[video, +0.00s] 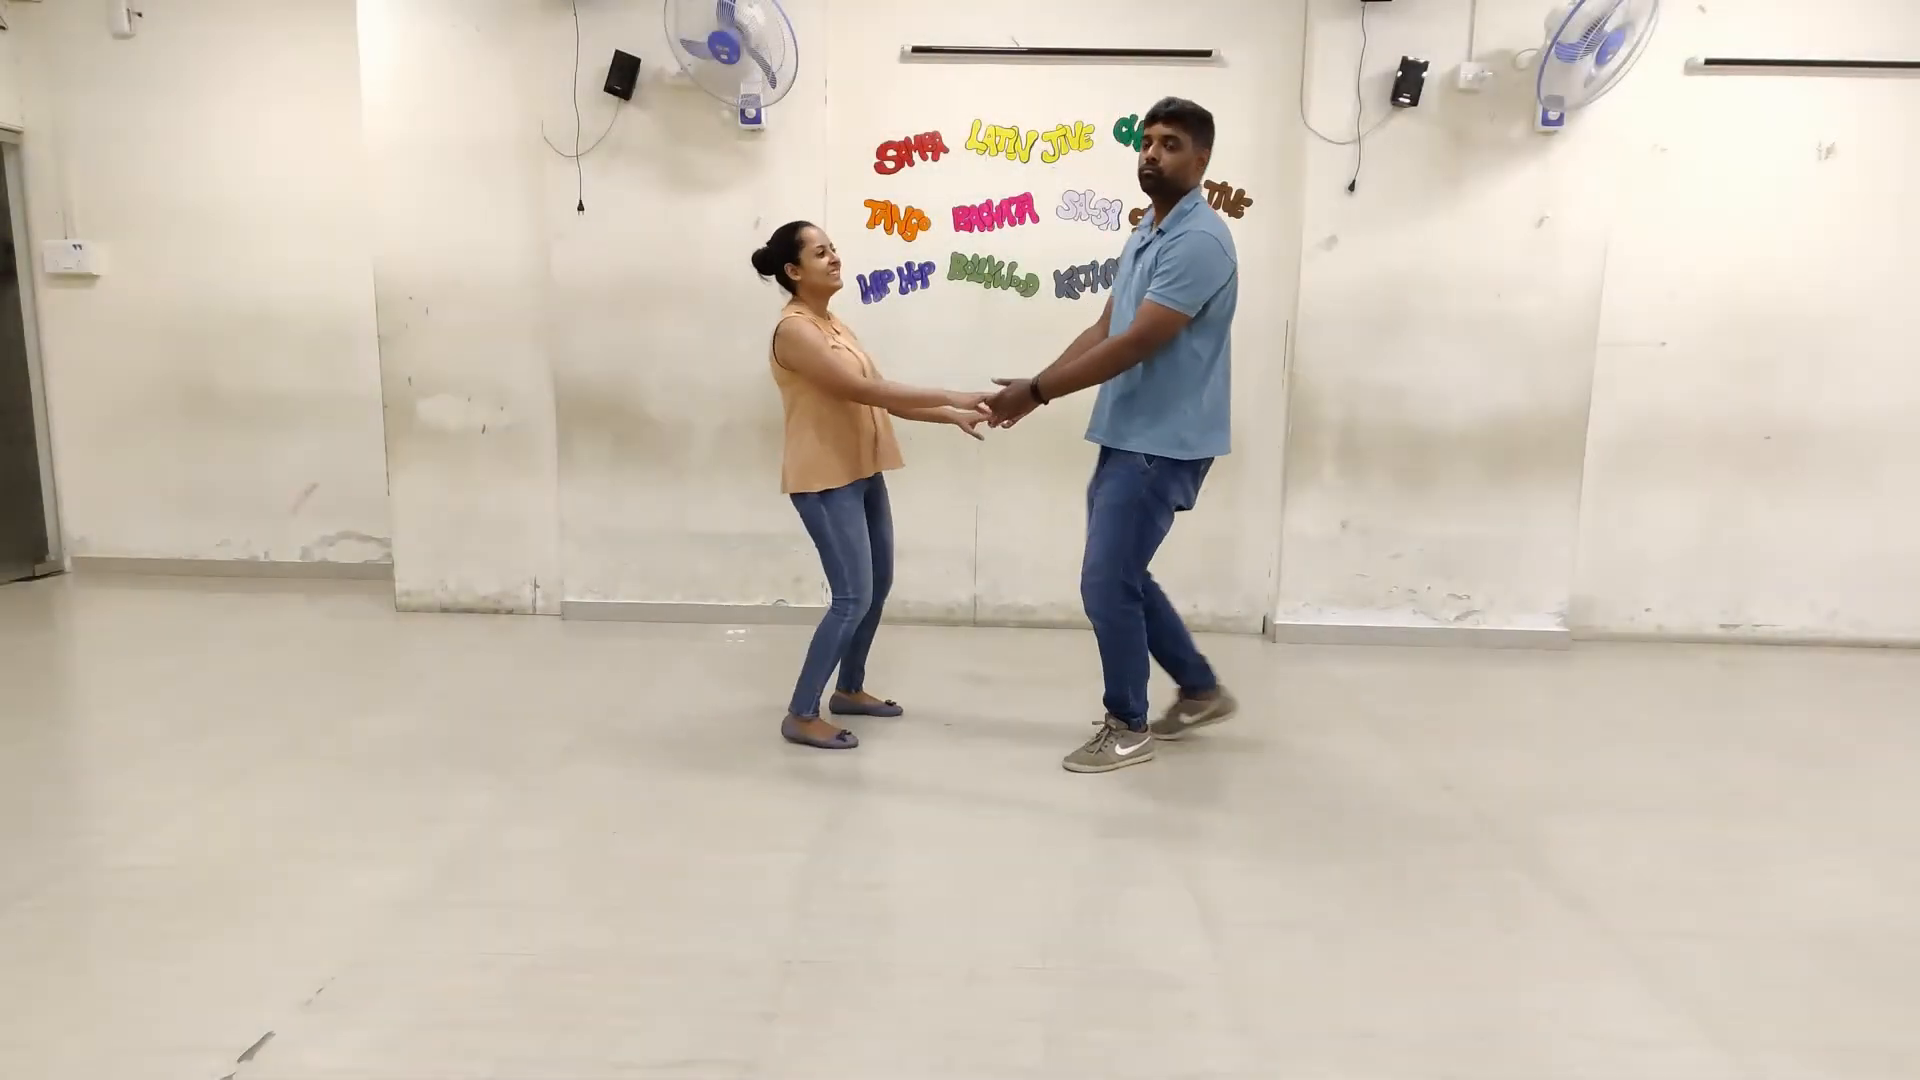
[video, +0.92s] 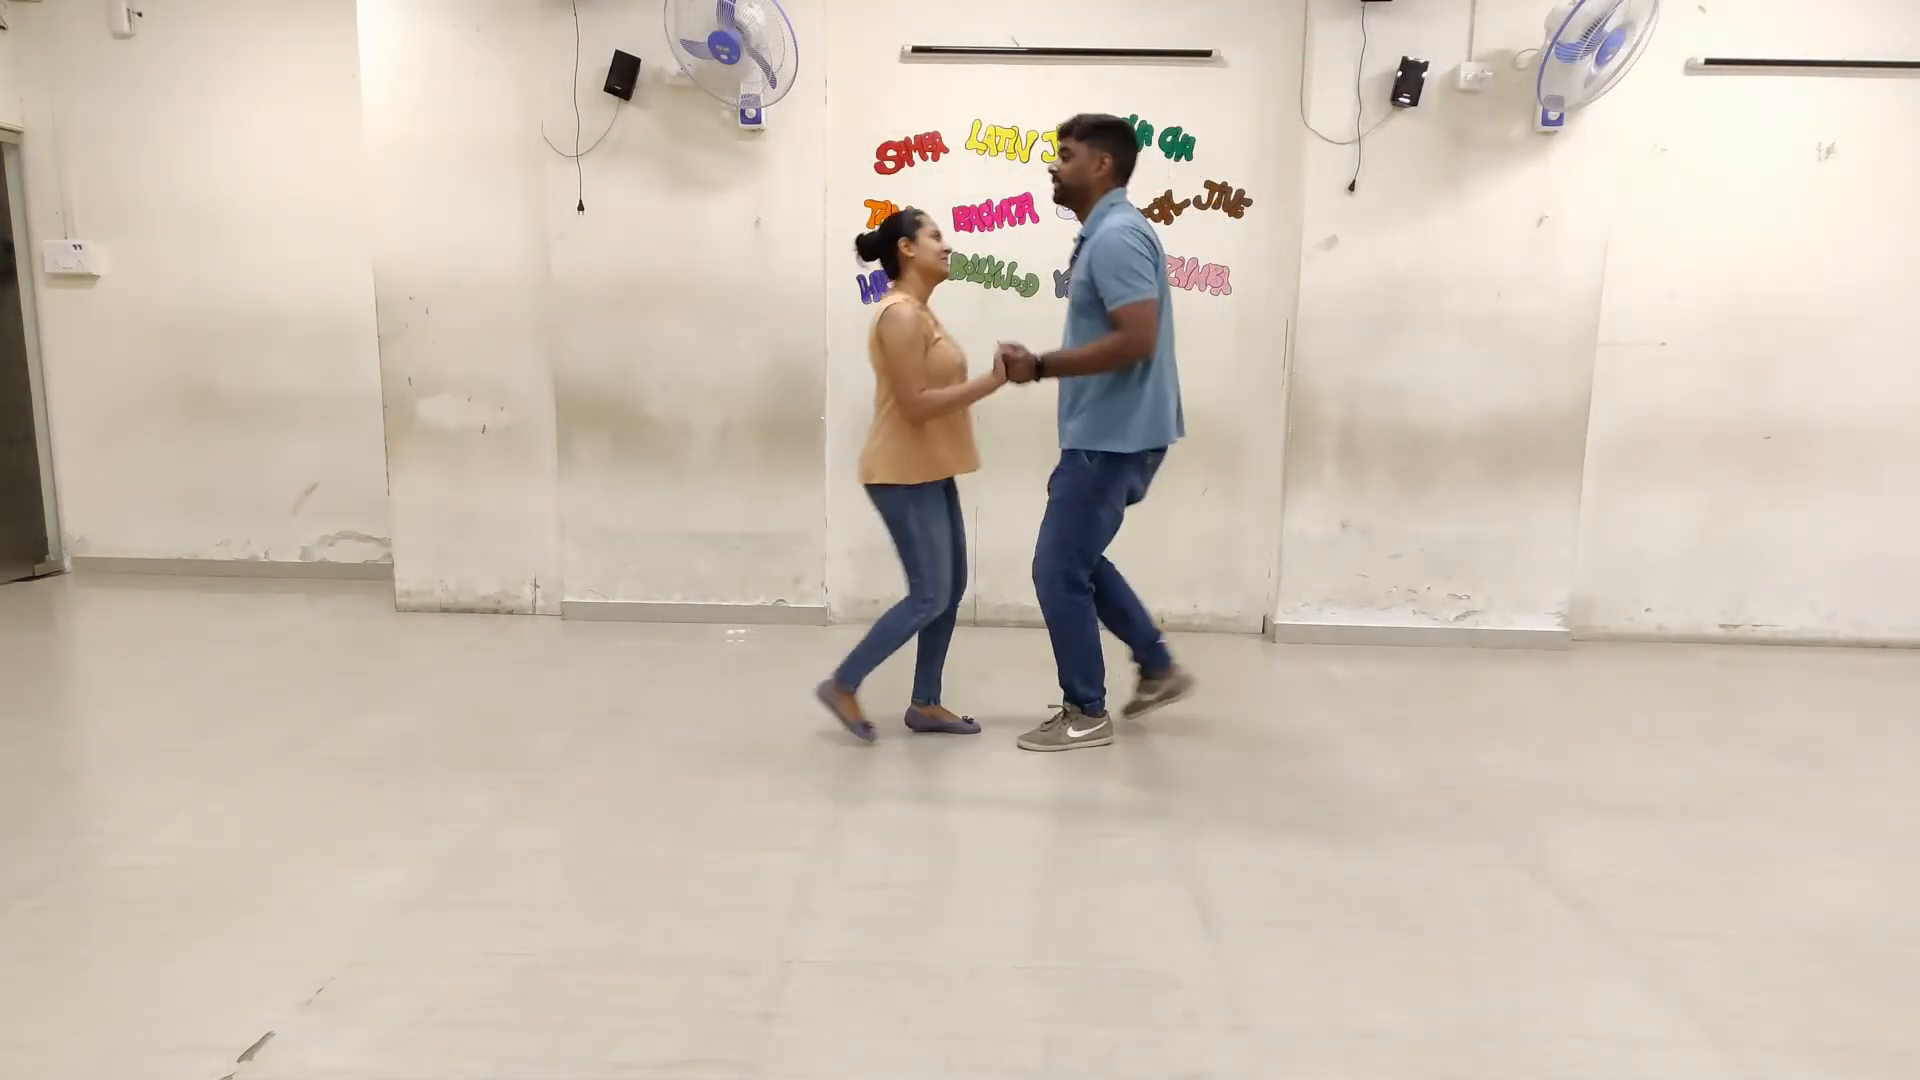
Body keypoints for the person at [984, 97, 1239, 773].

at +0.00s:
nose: (1151, 153)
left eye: (1170, 144)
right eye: (1147, 142)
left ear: (1202, 161)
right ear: (1139, 153)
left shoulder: (1200, 240)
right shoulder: (1148, 233)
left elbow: (1142, 342)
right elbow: (1105, 329)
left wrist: (1039, 389)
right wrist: (1033, 389)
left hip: (1164, 442)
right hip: (1126, 435)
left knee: (1107, 583)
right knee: (1118, 574)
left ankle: (1127, 725)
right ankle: (1202, 689)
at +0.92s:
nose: (1055, 166)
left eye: (1067, 156)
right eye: (1058, 155)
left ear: (1104, 166)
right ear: (1101, 168)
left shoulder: (1116, 236)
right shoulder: (1116, 228)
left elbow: (1137, 340)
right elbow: (1129, 337)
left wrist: (1040, 364)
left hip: (1112, 437)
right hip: (1117, 433)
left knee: (1057, 569)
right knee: (1077, 557)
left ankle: (1086, 713)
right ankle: (1159, 667)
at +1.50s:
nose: (1135, 192)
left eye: (1151, 184)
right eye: (1140, 180)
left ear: (1191, 200)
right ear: (1156, 190)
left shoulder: (1207, 269)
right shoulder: (1157, 268)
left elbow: (1176, 371)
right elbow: (1108, 349)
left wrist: (1071, 394)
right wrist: (1030, 387)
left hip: (1183, 460)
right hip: (1166, 456)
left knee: (1087, 570)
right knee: (1157, 587)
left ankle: (1079, 712)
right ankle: (1251, 697)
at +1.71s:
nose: (1178, 176)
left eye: (1192, 168)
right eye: (1182, 165)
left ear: (1229, 180)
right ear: (1225, 182)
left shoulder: (1232, 240)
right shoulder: (1242, 240)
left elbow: (1160, 334)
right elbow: (1202, 348)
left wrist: (1063, 323)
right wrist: (1130, 392)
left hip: (1232, 438)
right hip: (1262, 438)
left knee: (1149, 560)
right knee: (1209, 571)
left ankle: (1157, 721)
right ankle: (1259, 708)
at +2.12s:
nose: (1174, 196)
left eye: (1189, 188)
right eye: (1176, 186)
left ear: (1231, 202)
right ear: (1183, 197)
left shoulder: (1246, 262)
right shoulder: (1185, 275)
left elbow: (1199, 357)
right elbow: (1161, 356)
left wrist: (1112, 334)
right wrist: (1115, 411)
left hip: (1240, 460)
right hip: (1199, 459)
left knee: (1146, 582)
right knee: (1196, 595)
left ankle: (1102, 720)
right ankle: (1282, 703)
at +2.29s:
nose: (1169, 190)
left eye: (1185, 181)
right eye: (1160, 179)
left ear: (1207, 194)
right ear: (1146, 190)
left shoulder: (1225, 249)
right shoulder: (1121, 273)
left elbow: (1184, 327)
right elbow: (1099, 363)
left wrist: (1100, 287)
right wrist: (1080, 426)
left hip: (1190, 463)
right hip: (1131, 462)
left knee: (1112, 602)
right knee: (1120, 601)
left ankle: (1093, 724)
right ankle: (1233, 661)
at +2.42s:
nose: (1153, 170)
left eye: (1166, 161)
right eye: (1140, 160)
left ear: (1180, 173)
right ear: (1116, 171)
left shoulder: (1201, 221)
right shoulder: (1085, 251)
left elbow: (1166, 276)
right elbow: (1065, 350)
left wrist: (1084, 241)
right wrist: (1079, 423)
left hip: (1164, 447)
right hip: (1089, 447)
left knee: (1119, 598)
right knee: (1057, 595)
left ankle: (1095, 718)